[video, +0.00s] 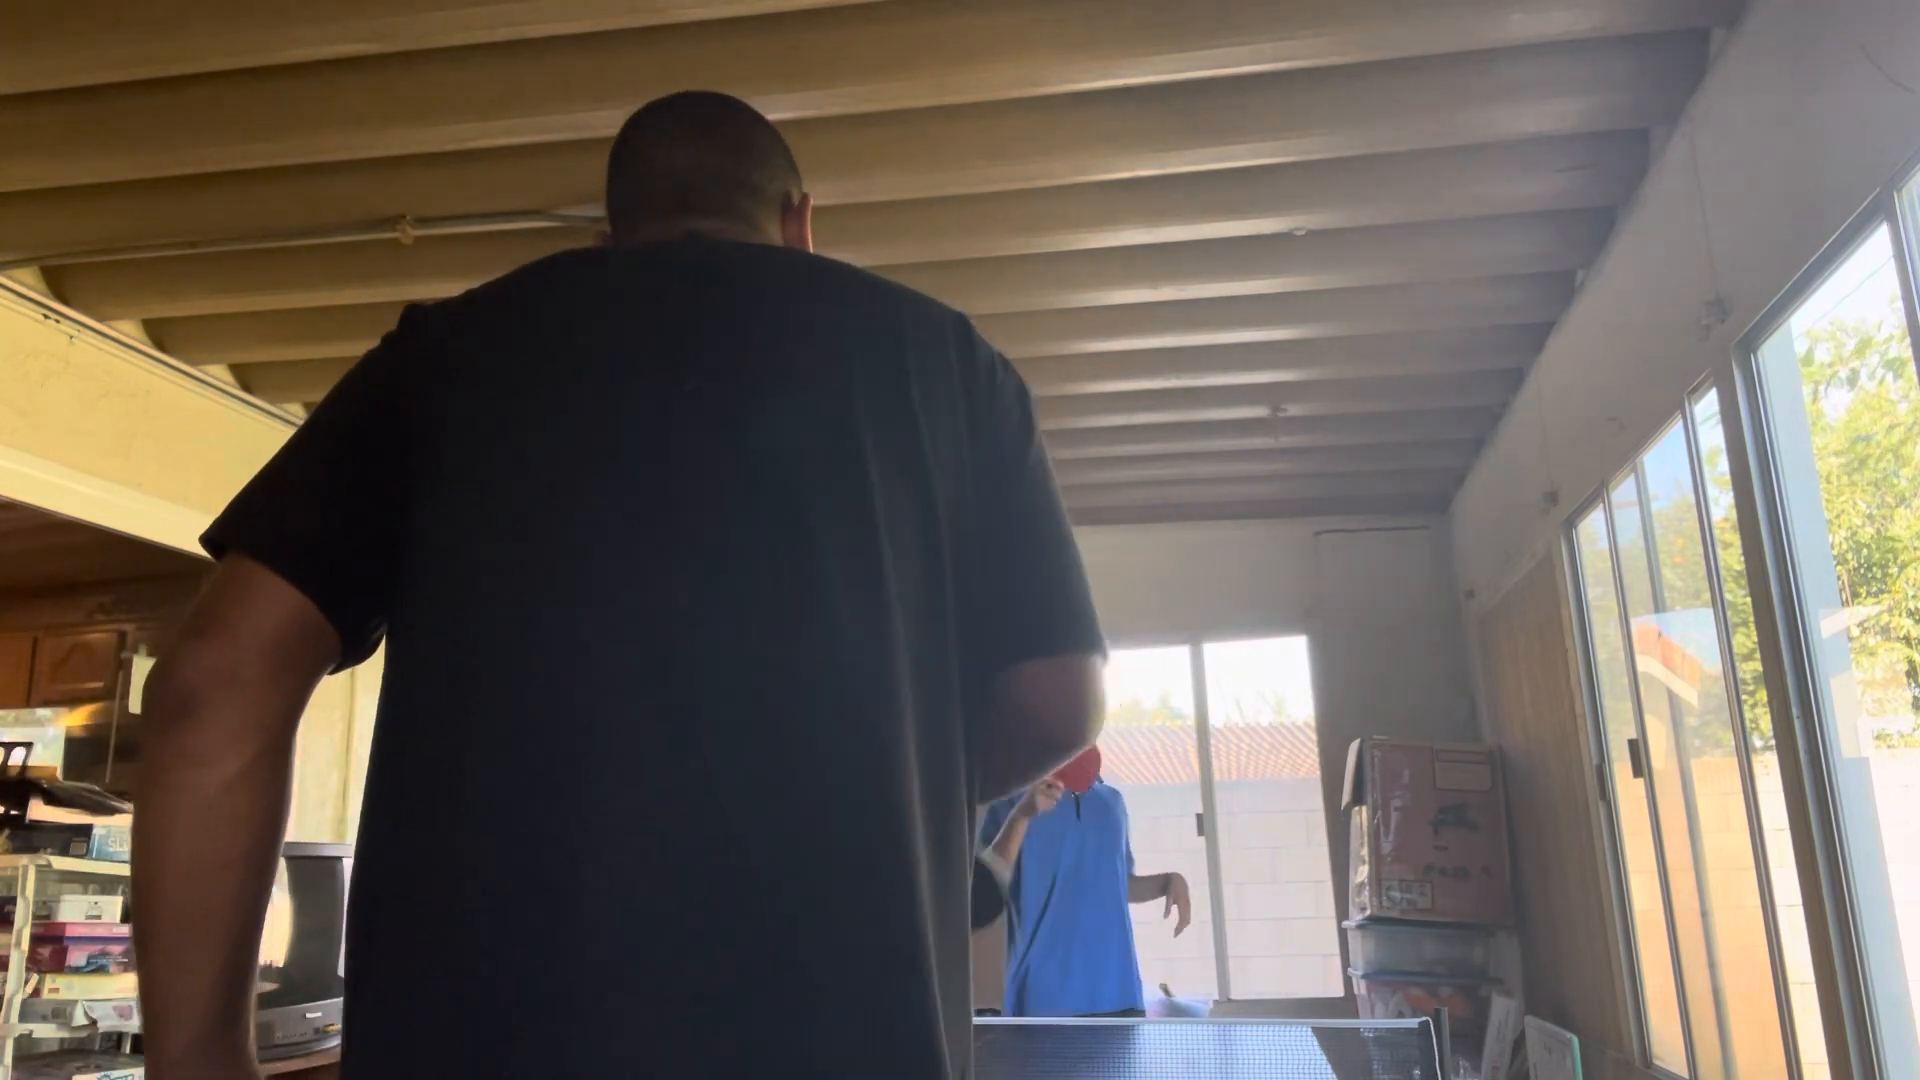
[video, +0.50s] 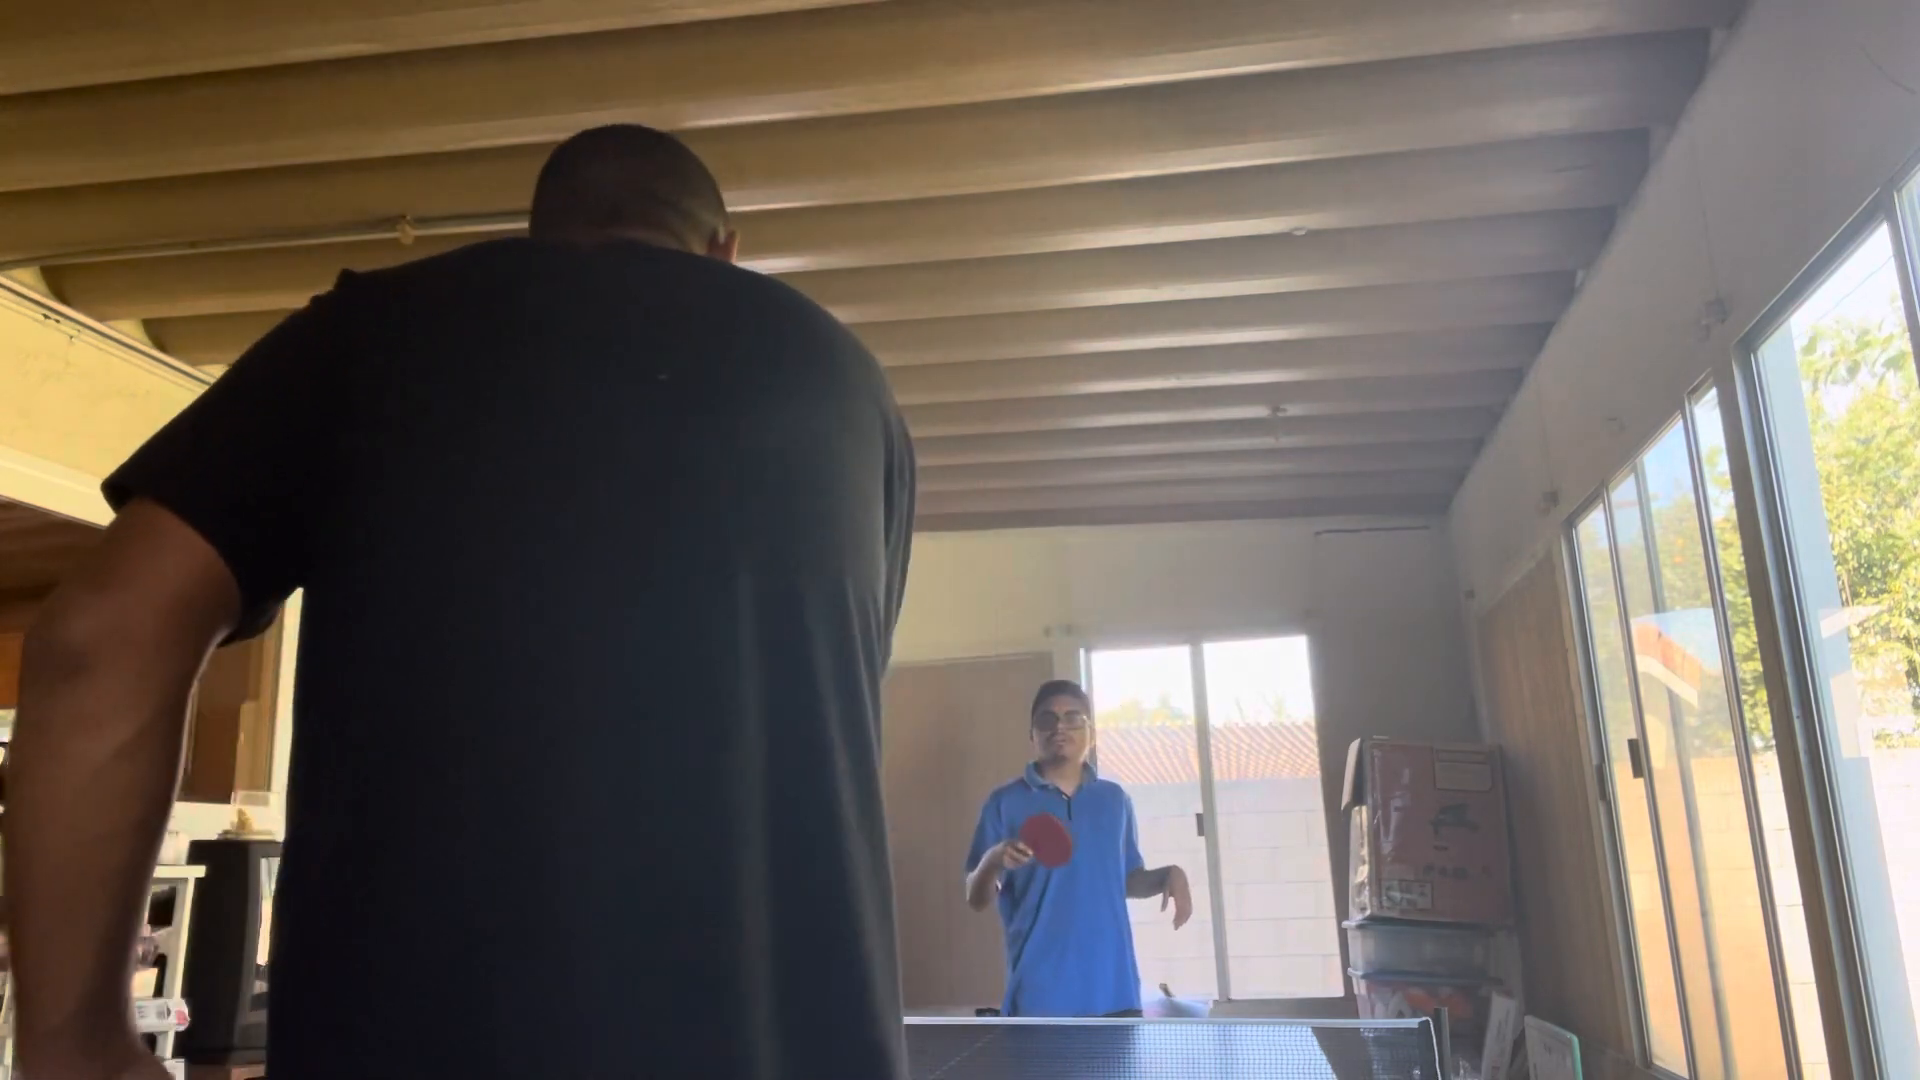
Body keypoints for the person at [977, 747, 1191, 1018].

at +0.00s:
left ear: (1096, 723)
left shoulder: (1110, 802)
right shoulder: (1009, 805)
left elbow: (1121, 886)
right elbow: (982, 902)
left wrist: (1168, 881)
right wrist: (1020, 816)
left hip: (1116, 1001)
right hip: (1040, 1005)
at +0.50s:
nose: (1059, 728)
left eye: (1072, 718)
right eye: (1047, 719)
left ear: (1091, 732)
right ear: (1032, 733)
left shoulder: (1114, 799)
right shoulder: (1005, 803)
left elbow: (1128, 881)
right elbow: (977, 899)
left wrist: (1169, 874)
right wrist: (994, 858)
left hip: (1113, 990)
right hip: (1040, 995)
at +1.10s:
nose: (1069, 738)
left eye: (1081, 726)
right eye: (1056, 727)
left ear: (1095, 733)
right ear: (1037, 732)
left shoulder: (1114, 800)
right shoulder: (1008, 802)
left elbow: (1125, 882)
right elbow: (977, 887)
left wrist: (1168, 878)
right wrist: (1030, 860)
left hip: (1112, 986)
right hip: (1041, 989)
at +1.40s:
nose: (1080, 735)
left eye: (1090, 724)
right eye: (1065, 724)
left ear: (1101, 729)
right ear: (1043, 731)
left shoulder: (1113, 797)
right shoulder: (1020, 795)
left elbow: (1123, 866)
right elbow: (1006, 864)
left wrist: (1173, 882)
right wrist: (1078, 845)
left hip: (1114, 983)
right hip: (1046, 987)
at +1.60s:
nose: (1086, 730)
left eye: (1095, 720)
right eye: (1070, 720)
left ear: (1104, 728)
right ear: (1046, 728)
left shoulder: (1107, 792)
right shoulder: (1034, 780)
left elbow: (1110, 884)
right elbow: (1047, 811)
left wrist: (1171, 877)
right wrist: (1140, 803)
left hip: (1114, 987)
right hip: (1048, 993)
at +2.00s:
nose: (1104, 736)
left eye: (1111, 725)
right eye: (1090, 724)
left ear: (1117, 728)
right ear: (1061, 727)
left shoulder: (1116, 795)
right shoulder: (1041, 787)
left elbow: (1112, 887)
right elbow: (1028, 849)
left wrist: (1172, 887)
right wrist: (1113, 828)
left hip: (1129, 990)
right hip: (1065, 998)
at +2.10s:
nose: (1109, 737)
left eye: (1115, 727)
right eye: (1096, 726)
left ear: (1121, 728)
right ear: (1064, 728)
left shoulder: (1123, 796)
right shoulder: (1046, 789)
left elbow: (1119, 888)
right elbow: (1027, 859)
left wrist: (1179, 888)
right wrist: (1119, 853)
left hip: (1130, 988)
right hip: (1066, 994)